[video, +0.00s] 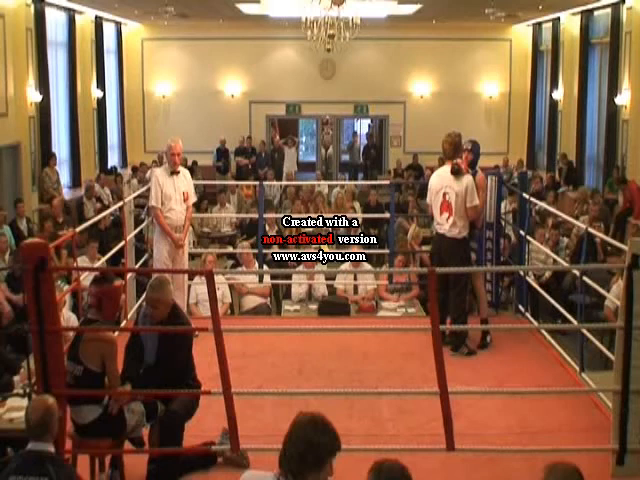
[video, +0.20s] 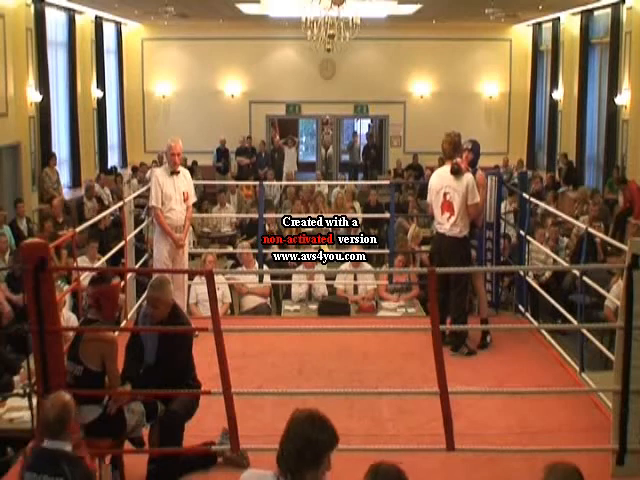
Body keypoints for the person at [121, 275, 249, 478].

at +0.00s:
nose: (152, 311)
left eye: (157, 307)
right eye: (149, 305)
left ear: (170, 303)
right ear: (145, 300)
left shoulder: (180, 326)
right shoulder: (143, 315)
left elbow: (169, 372)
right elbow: (132, 350)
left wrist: (135, 389)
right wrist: (127, 381)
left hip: (182, 389)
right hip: (151, 389)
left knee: (172, 417)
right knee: (164, 467)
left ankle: (159, 471)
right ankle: (216, 451)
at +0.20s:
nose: (152, 311)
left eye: (157, 307)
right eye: (150, 305)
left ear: (171, 303)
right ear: (146, 300)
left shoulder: (181, 326)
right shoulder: (143, 315)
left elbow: (169, 372)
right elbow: (132, 350)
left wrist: (135, 389)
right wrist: (127, 381)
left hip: (182, 389)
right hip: (151, 389)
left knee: (172, 416)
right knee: (164, 467)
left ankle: (159, 471)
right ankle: (216, 450)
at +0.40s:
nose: (152, 311)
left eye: (157, 307)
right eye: (149, 306)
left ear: (171, 303)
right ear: (146, 300)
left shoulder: (181, 326)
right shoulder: (143, 315)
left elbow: (169, 371)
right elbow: (133, 350)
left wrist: (136, 388)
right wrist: (127, 380)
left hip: (182, 389)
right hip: (152, 388)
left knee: (172, 416)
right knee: (164, 467)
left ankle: (159, 471)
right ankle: (216, 450)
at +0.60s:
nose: (149, 309)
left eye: (155, 305)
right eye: (147, 304)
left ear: (170, 302)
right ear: (144, 299)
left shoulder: (180, 326)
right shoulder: (143, 315)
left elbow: (170, 372)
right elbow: (133, 352)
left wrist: (138, 386)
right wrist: (127, 381)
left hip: (182, 389)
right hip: (151, 390)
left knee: (172, 417)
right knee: (163, 468)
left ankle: (159, 471)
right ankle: (216, 451)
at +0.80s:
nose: (141, 306)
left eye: (146, 302)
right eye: (141, 301)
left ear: (162, 302)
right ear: (141, 299)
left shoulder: (180, 326)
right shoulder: (142, 316)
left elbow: (171, 372)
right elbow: (133, 353)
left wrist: (138, 385)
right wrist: (129, 382)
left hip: (183, 389)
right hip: (151, 389)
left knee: (173, 417)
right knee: (162, 469)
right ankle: (216, 450)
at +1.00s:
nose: (143, 309)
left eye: (147, 304)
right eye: (141, 303)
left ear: (162, 303)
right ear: (140, 302)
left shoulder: (180, 326)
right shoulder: (141, 318)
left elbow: (172, 373)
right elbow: (132, 353)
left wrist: (141, 383)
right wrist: (131, 379)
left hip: (183, 388)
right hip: (151, 387)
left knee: (174, 416)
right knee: (161, 467)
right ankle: (216, 450)